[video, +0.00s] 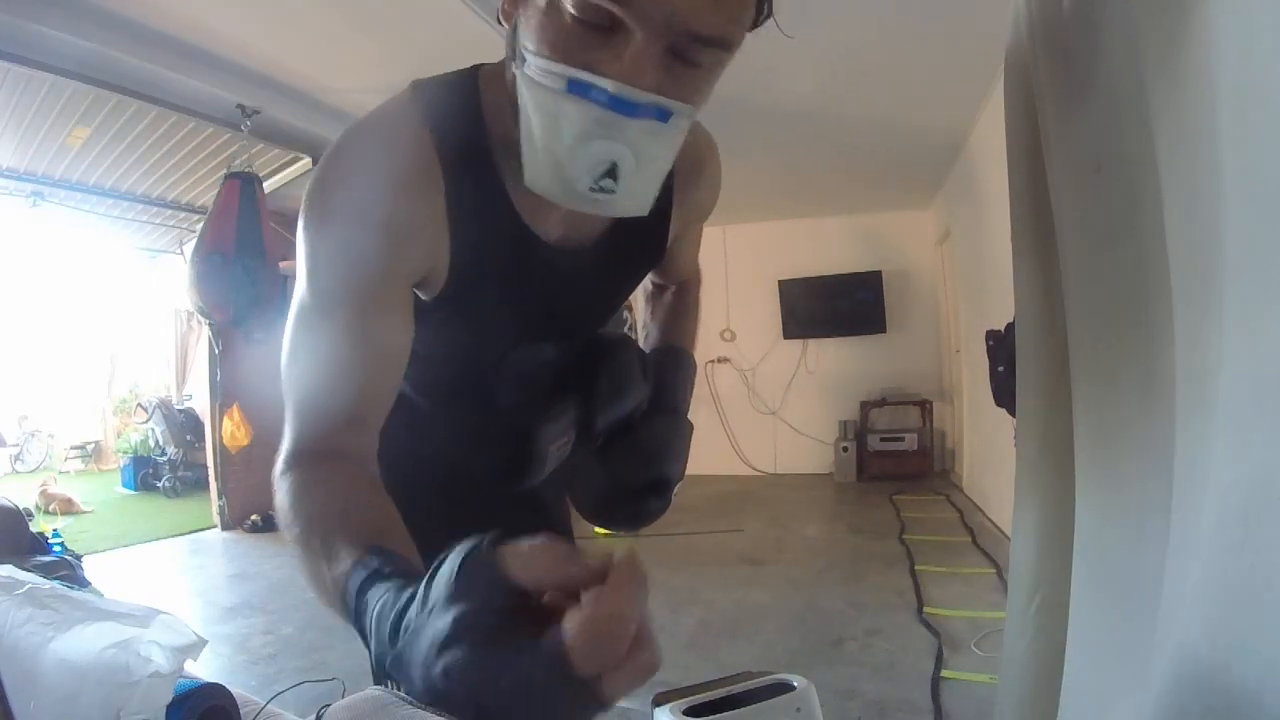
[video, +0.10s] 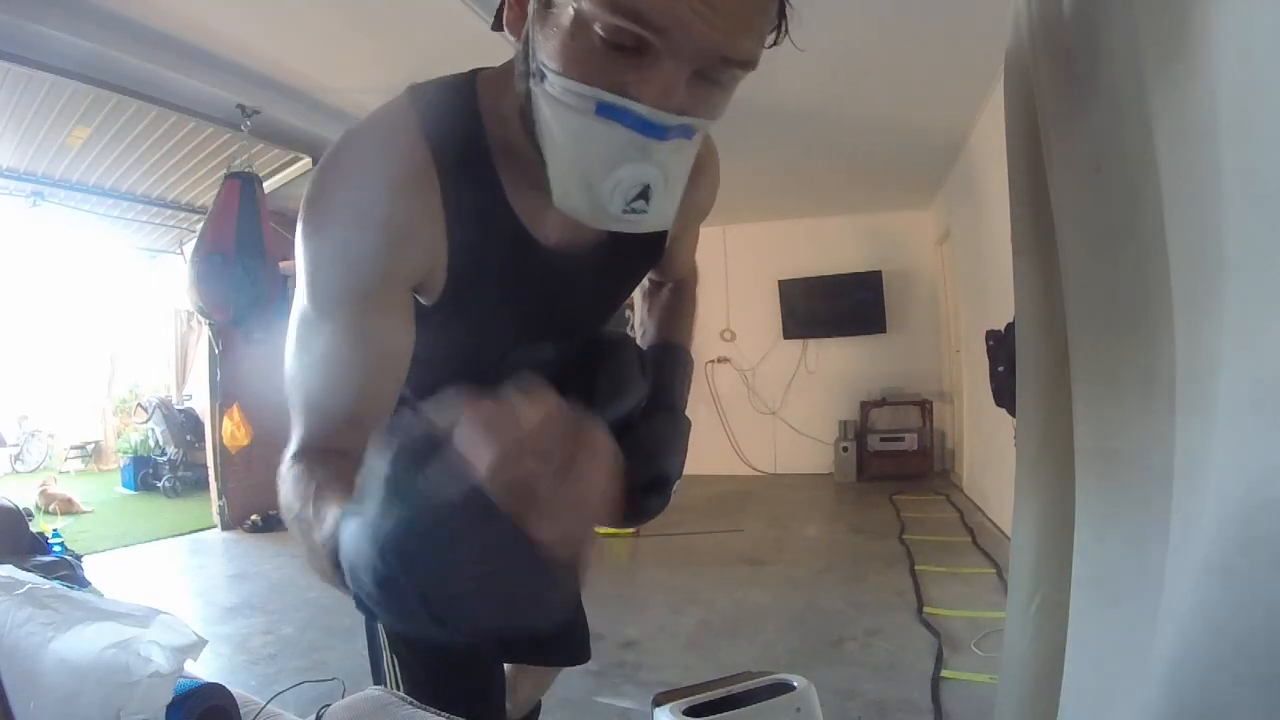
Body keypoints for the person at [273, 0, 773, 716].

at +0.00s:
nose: (629, 85)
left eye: (689, 56)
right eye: (596, 21)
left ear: (731, 56)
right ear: (515, 5)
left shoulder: (684, 169)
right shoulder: (389, 165)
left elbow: (674, 282)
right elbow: (322, 455)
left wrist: (660, 413)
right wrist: (398, 621)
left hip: (542, 486)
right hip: (407, 491)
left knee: (559, 682)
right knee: (435, 690)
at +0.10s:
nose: (658, 107)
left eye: (715, 75)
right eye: (622, 42)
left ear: (750, 68)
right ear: (520, 9)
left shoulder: (684, 172)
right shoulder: (388, 170)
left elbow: (671, 282)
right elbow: (322, 453)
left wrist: (661, 414)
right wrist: (374, 544)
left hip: (556, 468)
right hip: (417, 484)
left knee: (542, 656)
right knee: (464, 704)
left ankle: (515, 710)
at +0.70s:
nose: (689, 175)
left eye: (739, 151)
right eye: (672, 102)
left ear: (761, 146)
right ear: (566, 30)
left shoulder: (658, 179)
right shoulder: (388, 180)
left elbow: (656, 289)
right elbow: (356, 476)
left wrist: (649, 424)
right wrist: (477, 611)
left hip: (553, 500)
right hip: (422, 513)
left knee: (534, 680)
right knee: (460, 698)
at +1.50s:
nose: (685, 151)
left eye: (731, 127)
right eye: (663, 91)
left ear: (763, 112)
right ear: (585, 32)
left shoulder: (645, 180)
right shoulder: (443, 167)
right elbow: (370, 456)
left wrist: (643, 409)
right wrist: (517, 516)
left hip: (533, 466)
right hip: (417, 479)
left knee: (539, 653)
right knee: (458, 700)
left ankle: (512, 710)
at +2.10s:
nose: (697, 129)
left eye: (738, 108)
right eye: (672, 79)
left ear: (764, 105)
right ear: (610, 44)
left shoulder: (665, 186)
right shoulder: (490, 165)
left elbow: (639, 308)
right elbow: (404, 418)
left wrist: (646, 412)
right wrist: (554, 398)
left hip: (537, 459)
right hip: (445, 468)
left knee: (537, 661)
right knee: (488, 699)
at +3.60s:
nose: (743, 180)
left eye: (763, 170)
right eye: (741, 145)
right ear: (675, 95)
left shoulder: (610, 177)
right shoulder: (601, 185)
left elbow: (562, 346)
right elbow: (492, 413)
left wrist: (599, 438)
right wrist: (665, 422)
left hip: (466, 453)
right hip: (431, 459)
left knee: (514, 681)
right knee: (503, 701)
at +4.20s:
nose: (703, 161)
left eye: (725, 146)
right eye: (696, 124)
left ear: (738, 147)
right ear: (630, 80)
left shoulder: (618, 196)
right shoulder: (521, 169)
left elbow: (581, 311)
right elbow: (447, 404)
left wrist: (604, 414)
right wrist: (644, 397)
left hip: (502, 441)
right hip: (425, 449)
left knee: (537, 639)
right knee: (487, 699)